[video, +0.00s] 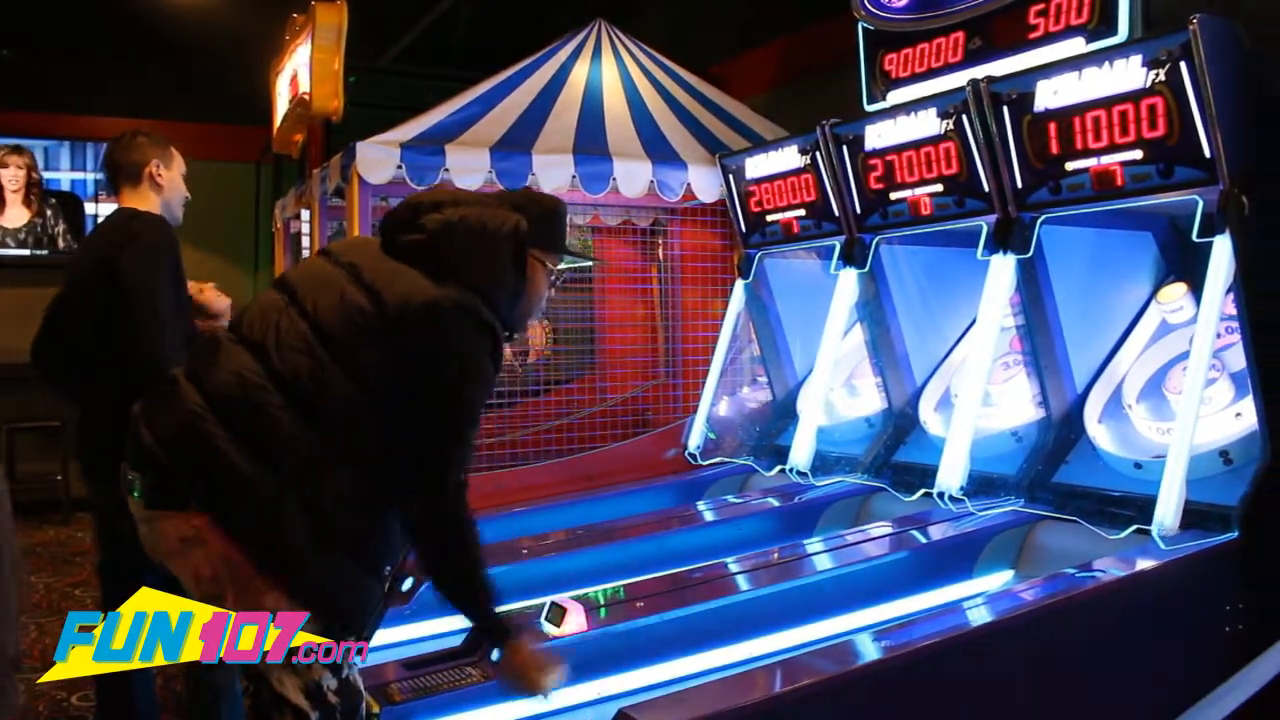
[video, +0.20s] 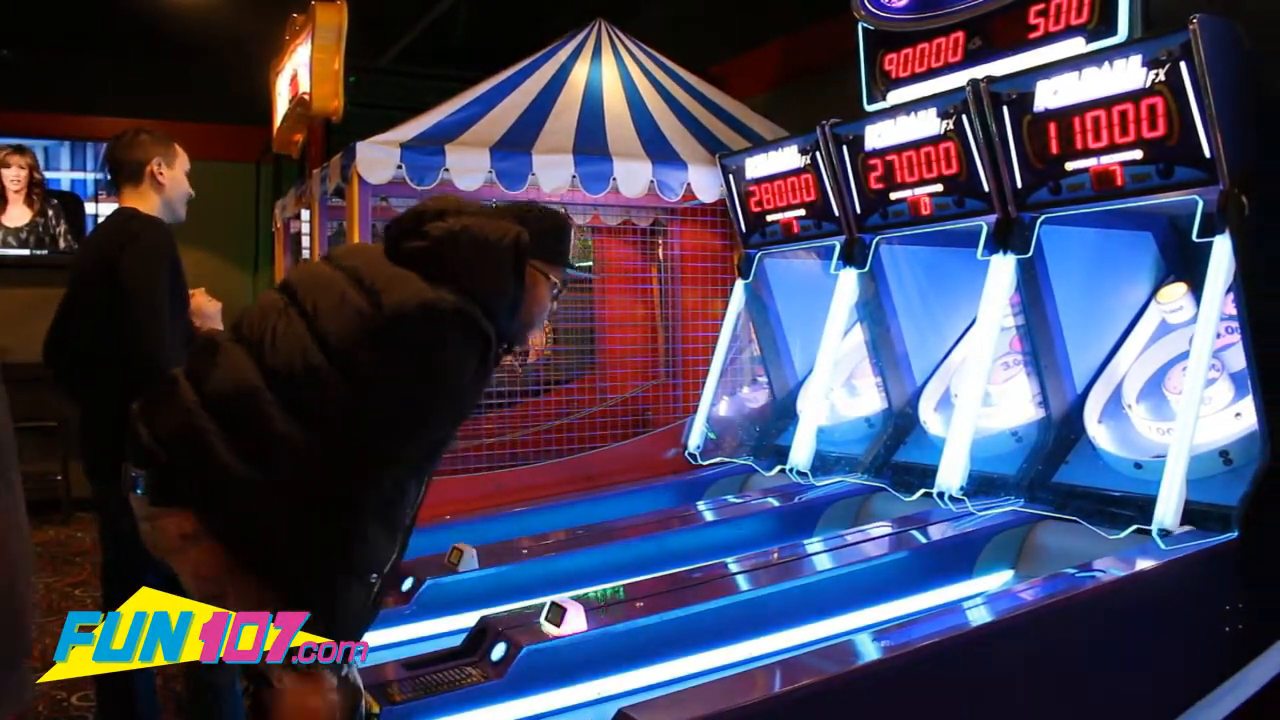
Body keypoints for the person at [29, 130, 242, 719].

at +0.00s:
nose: (187, 185)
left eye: (185, 172)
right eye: (183, 172)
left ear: (125, 178)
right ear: (157, 172)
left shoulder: (103, 239)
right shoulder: (152, 238)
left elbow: (50, 349)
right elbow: (160, 353)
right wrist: (211, 321)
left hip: (106, 448)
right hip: (144, 454)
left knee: (124, 593)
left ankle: (125, 706)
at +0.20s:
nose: (191, 185)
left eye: (189, 171)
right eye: (186, 171)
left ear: (133, 176)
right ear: (158, 172)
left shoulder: (105, 240)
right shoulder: (149, 240)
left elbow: (60, 349)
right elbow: (160, 359)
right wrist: (201, 327)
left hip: (111, 454)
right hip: (144, 460)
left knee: (127, 598)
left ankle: (125, 706)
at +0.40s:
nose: (195, 181)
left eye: (193, 169)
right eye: (185, 168)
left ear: (138, 174)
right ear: (143, 172)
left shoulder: (106, 240)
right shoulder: (146, 239)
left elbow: (65, 350)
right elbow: (155, 361)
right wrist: (195, 325)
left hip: (114, 456)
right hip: (145, 460)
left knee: (129, 600)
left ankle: (127, 707)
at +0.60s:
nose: (184, 177)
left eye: (186, 167)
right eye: (170, 164)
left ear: (135, 176)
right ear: (127, 170)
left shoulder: (104, 238)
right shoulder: (143, 239)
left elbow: (65, 349)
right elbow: (154, 355)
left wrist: (110, 401)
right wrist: (195, 418)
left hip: (110, 444)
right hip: (141, 449)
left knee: (128, 591)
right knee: (164, 592)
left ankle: (127, 705)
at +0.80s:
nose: (174, 175)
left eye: (179, 165)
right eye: (158, 162)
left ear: (180, 173)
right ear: (120, 170)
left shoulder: (105, 238)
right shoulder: (137, 242)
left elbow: (66, 349)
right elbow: (150, 358)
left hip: (110, 441)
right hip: (136, 447)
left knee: (128, 585)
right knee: (152, 589)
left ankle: (127, 702)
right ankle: (135, 702)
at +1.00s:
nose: (171, 173)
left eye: (177, 164)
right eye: (155, 161)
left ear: (181, 175)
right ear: (118, 171)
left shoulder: (112, 237)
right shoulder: (129, 241)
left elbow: (68, 348)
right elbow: (149, 357)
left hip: (114, 442)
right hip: (132, 447)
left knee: (131, 588)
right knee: (150, 592)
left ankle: (128, 704)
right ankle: (138, 705)